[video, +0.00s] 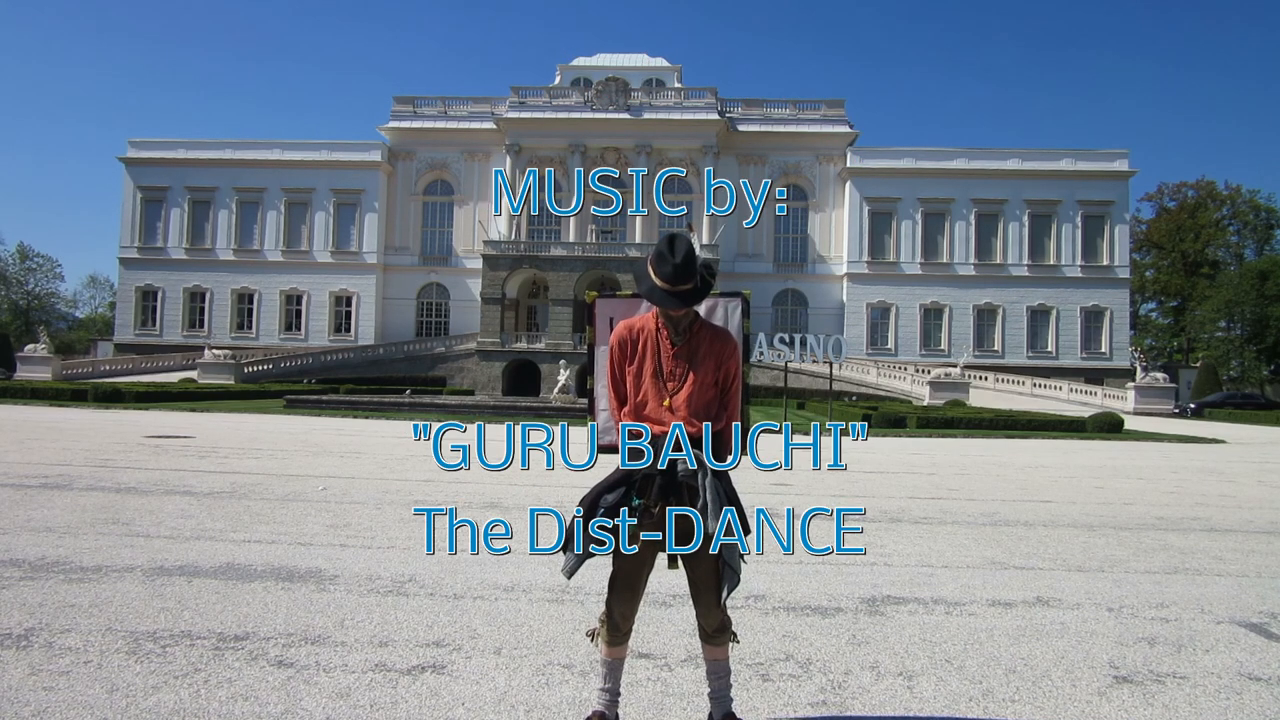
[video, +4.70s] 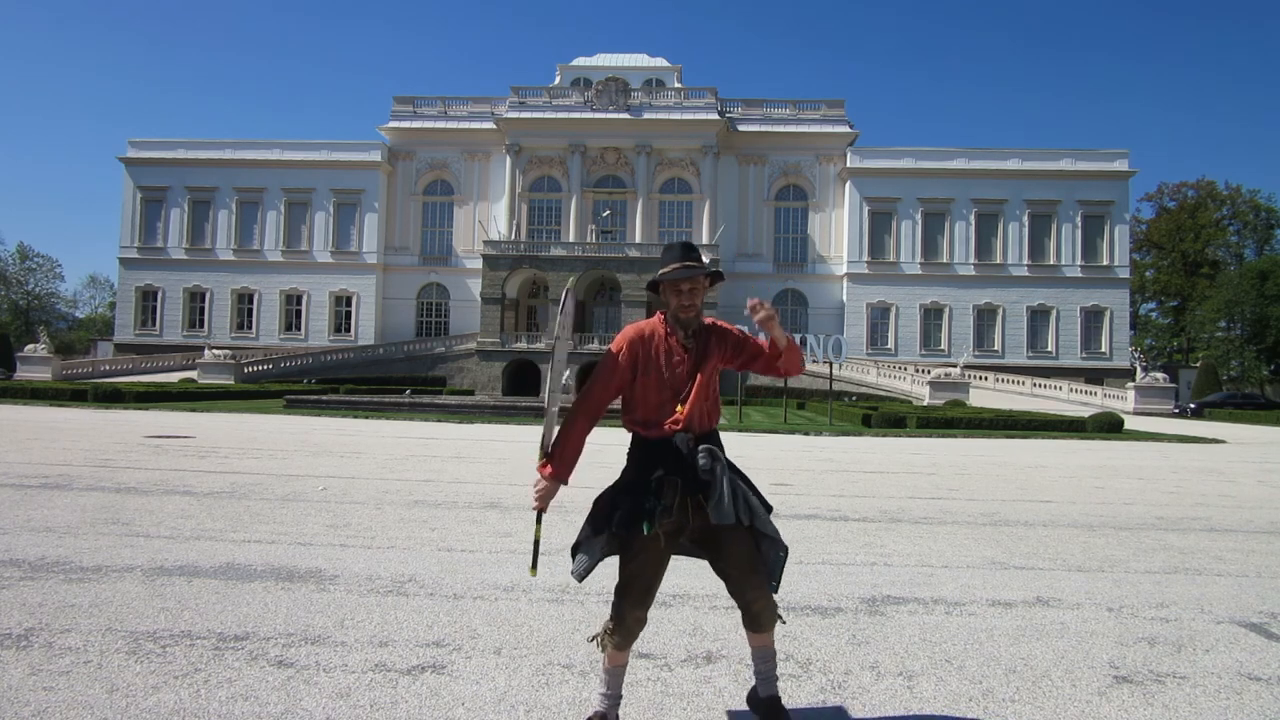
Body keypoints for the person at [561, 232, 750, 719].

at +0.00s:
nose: (677, 309)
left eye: (685, 300)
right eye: (668, 300)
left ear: (699, 292)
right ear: (652, 290)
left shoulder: (723, 344)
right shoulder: (626, 337)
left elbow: (730, 422)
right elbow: (619, 415)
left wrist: (707, 457)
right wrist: (650, 444)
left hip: (700, 488)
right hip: (642, 485)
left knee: (711, 602)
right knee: (622, 599)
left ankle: (722, 704)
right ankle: (608, 699)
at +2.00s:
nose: (677, 307)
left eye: (685, 298)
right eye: (668, 299)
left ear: (698, 293)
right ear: (653, 290)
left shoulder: (722, 343)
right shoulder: (625, 336)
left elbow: (726, 425)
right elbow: (618, 415)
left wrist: (699, 469)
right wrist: (655, 457)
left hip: (699, 488)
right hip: (640, 485)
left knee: (709, 605)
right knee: (620, 603)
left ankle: (721, 705)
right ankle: (607, 701)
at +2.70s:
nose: (676, 314)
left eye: (684, 305)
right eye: (667, 305)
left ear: (697, 298)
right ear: (652, 296)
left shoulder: (718, 342)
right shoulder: (622, 336)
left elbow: (756, 405)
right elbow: (612, 411)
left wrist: (780, 470)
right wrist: (633, 467)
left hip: (698, 481)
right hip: (638, 480)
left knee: (709, 603)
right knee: (620, 599)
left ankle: (720, 706)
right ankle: (606, 701)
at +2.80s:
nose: (678, 314)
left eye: (686, 304)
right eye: (669, 304)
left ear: (698, 297)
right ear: (653, 295)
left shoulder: (717, 338)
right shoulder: (623, 336)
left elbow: (775, 377)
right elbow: (611, 415)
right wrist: (631, 471)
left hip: (699, 481)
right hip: (639, 481)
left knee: (709, 603)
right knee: (620, 601)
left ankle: (721, 706)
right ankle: (606, 702)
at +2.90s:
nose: (679, 317)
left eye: (688, 308)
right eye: (670, 308)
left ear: (701, 299)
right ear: (654, 297)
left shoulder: (717, 335)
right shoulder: (625, 335)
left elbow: (779, 346)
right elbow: (612, 410)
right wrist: (629, 469)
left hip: (699, 478)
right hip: (638, 477)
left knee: (710, 600)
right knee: (621, 599)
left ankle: (721, 706)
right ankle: (606, 702)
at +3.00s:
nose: (678, 317)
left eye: (687, 308)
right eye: (669, 307)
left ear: (701, 296)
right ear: (653, 297)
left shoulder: (718, 329)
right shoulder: (627, 334)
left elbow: (776, 308)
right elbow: (610, 408)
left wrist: (752, 257)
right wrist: (628, 468)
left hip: (698, 475)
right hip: (639, 474)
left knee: (711, 598)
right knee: (623, 594)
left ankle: (721, 707)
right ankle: (606, 700)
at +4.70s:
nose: (687, 298)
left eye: (695, 288)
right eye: (677, 289)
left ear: (707, 290)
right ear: (660, 292)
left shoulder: (718, 336)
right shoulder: (634, 341)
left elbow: (788, 367)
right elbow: (587, 408)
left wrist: (777, 333)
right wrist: (556, 472)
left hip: (711, 476)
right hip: (651, 477)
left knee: (757, 590)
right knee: (632, 603)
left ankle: (767, 693)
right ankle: (608, 702)